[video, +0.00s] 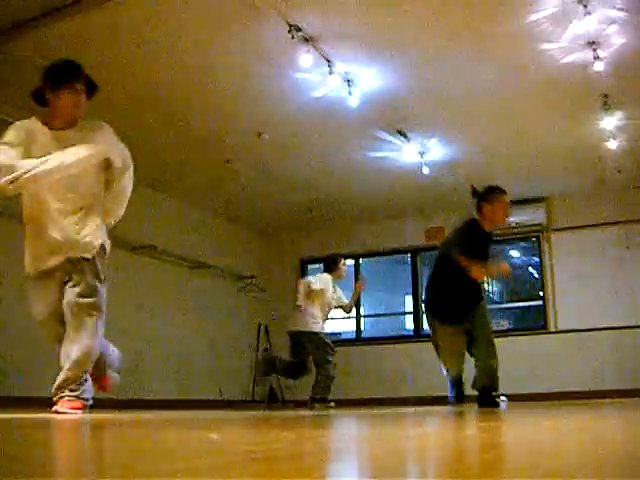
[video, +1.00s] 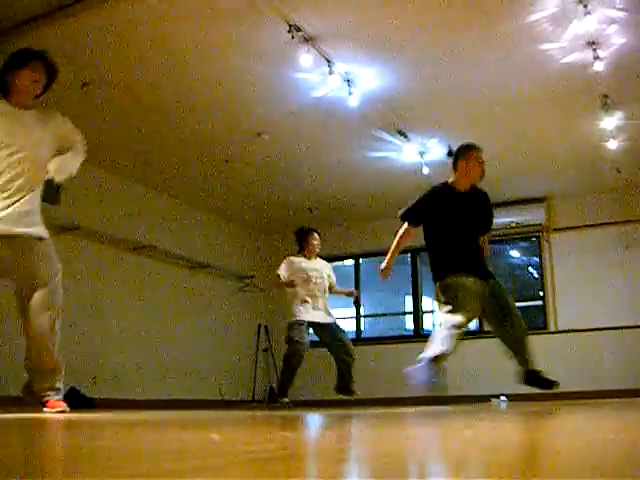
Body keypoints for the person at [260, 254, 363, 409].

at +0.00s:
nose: (345, 269)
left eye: (344, 265)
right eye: (342, 265)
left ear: (333, 268)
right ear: (334, 267)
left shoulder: (334, 290)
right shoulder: (324, 278)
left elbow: (347, 309)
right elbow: (302, 283)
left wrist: (356, 293)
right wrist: (300, 301)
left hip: (297, 327)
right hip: (309, 326)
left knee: (300, 368)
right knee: (327, 359)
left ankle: (271, 363)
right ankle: (319, 398)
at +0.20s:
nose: (334, 285)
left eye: (334, 281)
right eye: (332, 281)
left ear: (318, 280)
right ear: (325, 281)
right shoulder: (314, 290)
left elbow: (308, 321)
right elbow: (292, 300)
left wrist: (317, 338)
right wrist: (303, 316)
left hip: (281, 334)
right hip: (298, 332)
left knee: (271, 376)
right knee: (324, 359)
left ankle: (241, 402)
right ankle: (319, 399)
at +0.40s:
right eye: (317, 272)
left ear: (297, 270)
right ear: (315, 272)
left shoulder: (285, 283)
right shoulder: (314, 286)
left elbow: (269, 276)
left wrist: (266, 297)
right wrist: (340, 300)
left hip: (279, 333)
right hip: (302, 332)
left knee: (269, 369)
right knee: (324, 361)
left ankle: (245, 398)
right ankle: (319, 397)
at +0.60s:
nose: (285, 241)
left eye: (288, 238)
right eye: (286, 237)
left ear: (296, 241)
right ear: (302, 243)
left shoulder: (293, 254)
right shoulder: (304, 262)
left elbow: (289, 272)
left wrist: (272, 282)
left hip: (295, 305)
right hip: (311, 311)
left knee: (266, 330)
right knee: (294, 351)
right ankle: (309, 389)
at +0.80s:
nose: (299, 247)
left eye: (301, 243)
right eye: (295, 244)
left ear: (304, 246)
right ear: (288, 248)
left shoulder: (314, 267)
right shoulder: (281, 270)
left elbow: (327, 289)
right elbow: (268, 287)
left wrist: (315, 299)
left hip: (313, 319)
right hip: (289, 322)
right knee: (287, 363)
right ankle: (291, 398)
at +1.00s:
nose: (318, 244)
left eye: (318, 240)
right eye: (314, 240)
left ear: (319, 244)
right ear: (304, 244)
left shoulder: (325, 265)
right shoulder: (291, 262)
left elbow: (331, 289)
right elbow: (277, 283)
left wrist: (347, 292)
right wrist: (292, 285)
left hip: (322, 314)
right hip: (301, 313)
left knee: (345, 349)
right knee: (298, 349)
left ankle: (344, 386)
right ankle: (281, 393)